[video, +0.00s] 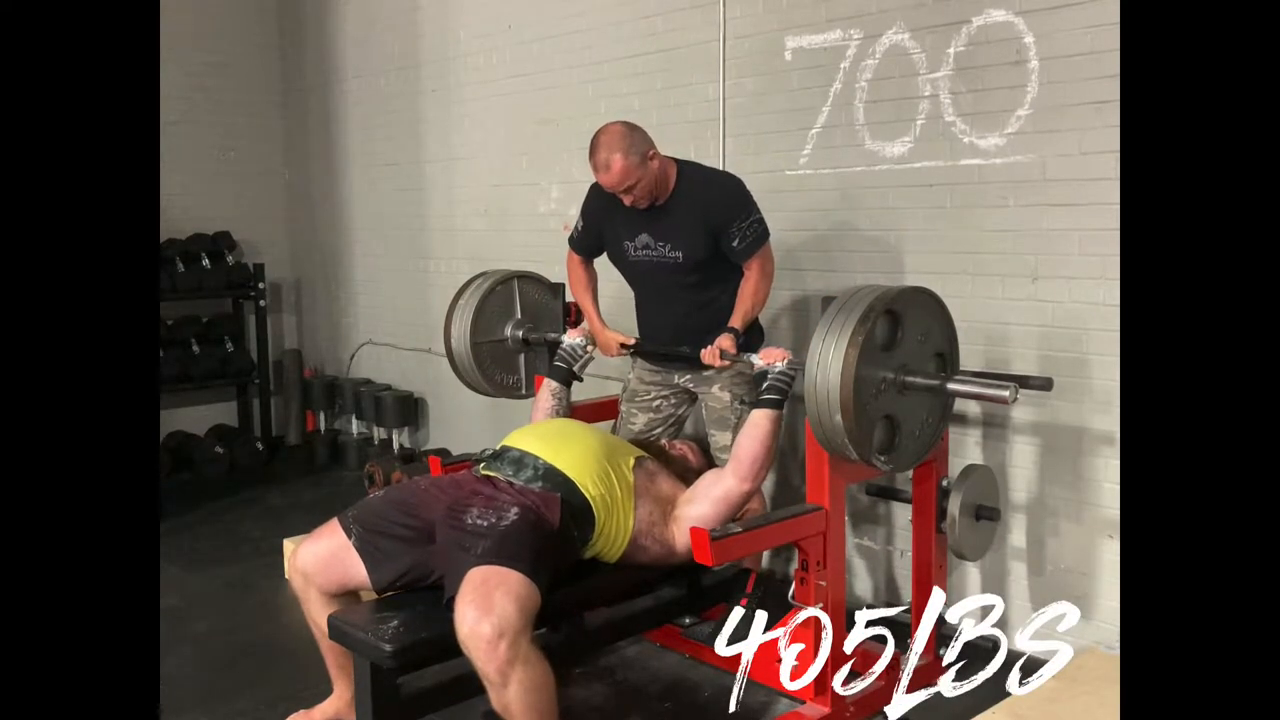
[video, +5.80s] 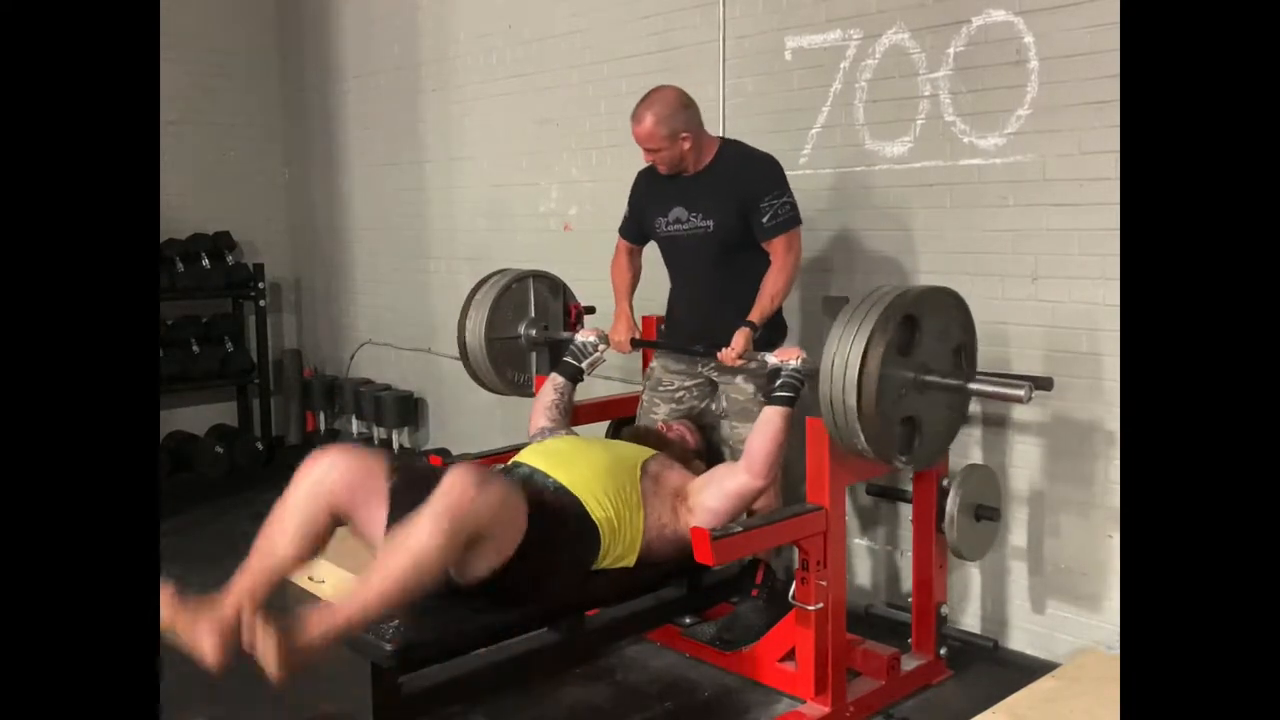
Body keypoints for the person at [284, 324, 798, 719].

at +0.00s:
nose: (680, 441)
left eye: (691, 448)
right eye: (677, 437)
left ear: (699, 474)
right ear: (655, 445)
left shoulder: (680, 510)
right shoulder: (597, 451)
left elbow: (745, 475)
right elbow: (536, 432)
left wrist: (772, 391)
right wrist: (561, 368)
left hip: (527, 506)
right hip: (458, 483)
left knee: (488, 629)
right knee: (308, 561)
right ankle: (345, 697)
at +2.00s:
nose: (680, 434)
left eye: (693, 441)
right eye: (677, 430)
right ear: (661, 438)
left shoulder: (668, 522)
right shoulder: (586, 446)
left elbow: (707, 464)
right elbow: (521, 443)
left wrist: (728, 386)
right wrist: (519, 372)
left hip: (529, 499)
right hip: (455, 476)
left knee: (489, 625)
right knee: (313, 563)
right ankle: (344, 696)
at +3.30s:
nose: (667, 433)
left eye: (681, 437)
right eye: (663, 430)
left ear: (681, 465)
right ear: (644, 438)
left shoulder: (661, 501)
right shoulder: (583, 443)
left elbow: (681, 557)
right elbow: (516, 457)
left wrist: (704, 460)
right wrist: (503, 426)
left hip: (520, 507)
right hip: (458, 484)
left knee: (481, 632)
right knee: (306, 562)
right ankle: (344, 698)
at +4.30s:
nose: (680, 435)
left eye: (689, 436)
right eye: (676, 430)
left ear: (699, 462)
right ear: (659, 434)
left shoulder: (671, 515)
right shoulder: (585, 450)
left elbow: (717, 468)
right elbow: (523, 445)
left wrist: (731, 387)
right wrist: (514, 373)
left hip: (525, 507)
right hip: (455, 486)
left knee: (487, 625)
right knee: (308, 560)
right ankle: (342, 698)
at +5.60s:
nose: (671, 433)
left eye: (684, 436)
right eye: (664, 428)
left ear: (696, 464)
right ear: (645, 438)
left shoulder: (684, 498)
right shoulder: (591, 449)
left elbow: (753, 468)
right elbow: (551, 421)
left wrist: (785, 384)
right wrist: (572, 359)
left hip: (537, 523)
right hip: (466, 499)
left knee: (457, 599)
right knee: (300, 559)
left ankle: (458, 716)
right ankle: (306, 714)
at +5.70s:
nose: (669, 431)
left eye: (683, 435)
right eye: (665, 425)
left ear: (699, 460)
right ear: (647, 428)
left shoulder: (684, 492)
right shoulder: (596, 447)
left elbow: (756, 478)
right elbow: (544, 432)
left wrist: (786, 385)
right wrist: (572, 363)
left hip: (548, 524)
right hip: (478, 495)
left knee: (452, 554)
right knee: (308, 530)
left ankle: (376, 713)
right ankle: (251, 702)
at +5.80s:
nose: (658, 427)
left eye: (673, 429)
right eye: (654, 421)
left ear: (695, 450)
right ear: (640, 426)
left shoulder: (685, 488)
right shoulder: (586, 453)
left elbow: (754, 478)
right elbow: (533, 450)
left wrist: (785, 388)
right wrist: (560, 379)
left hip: (554, 543)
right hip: (474, 514)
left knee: (466, 483)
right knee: (330, 463)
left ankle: (311, 636)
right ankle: (222, 618)